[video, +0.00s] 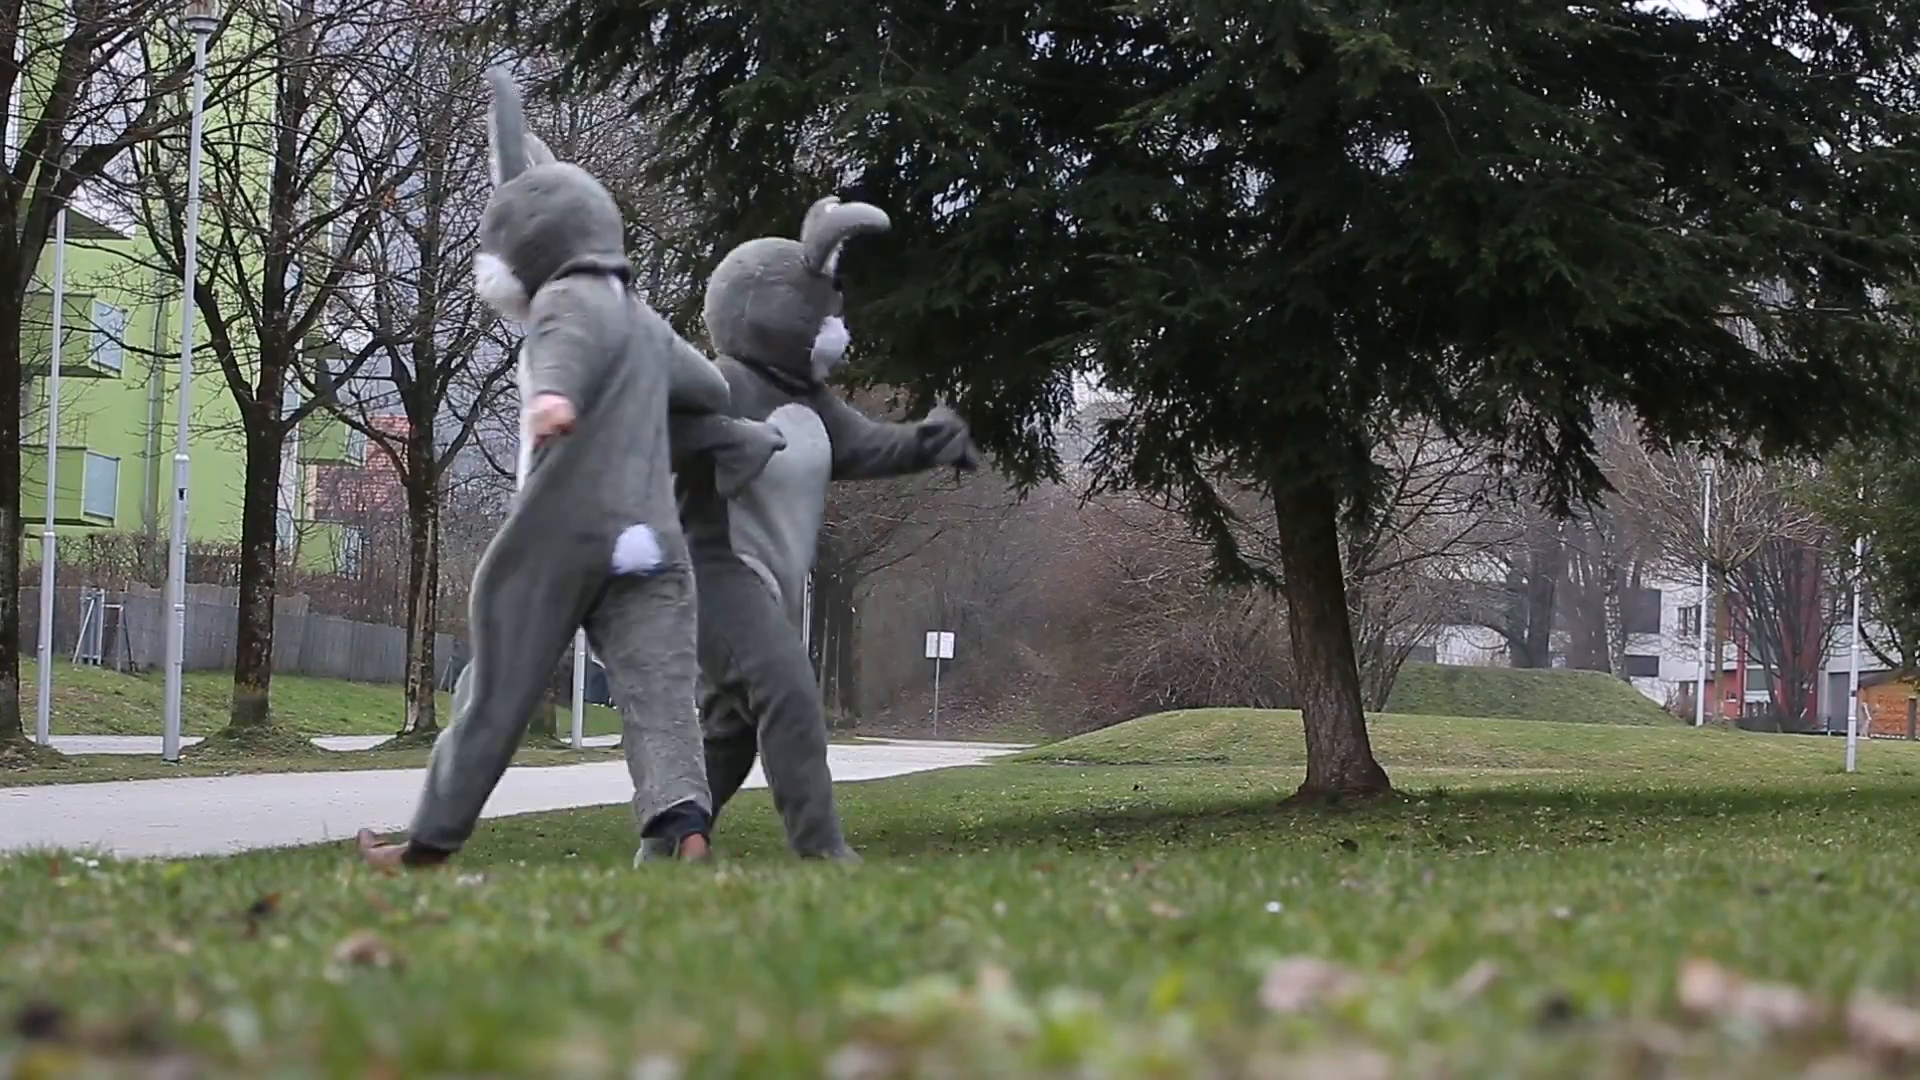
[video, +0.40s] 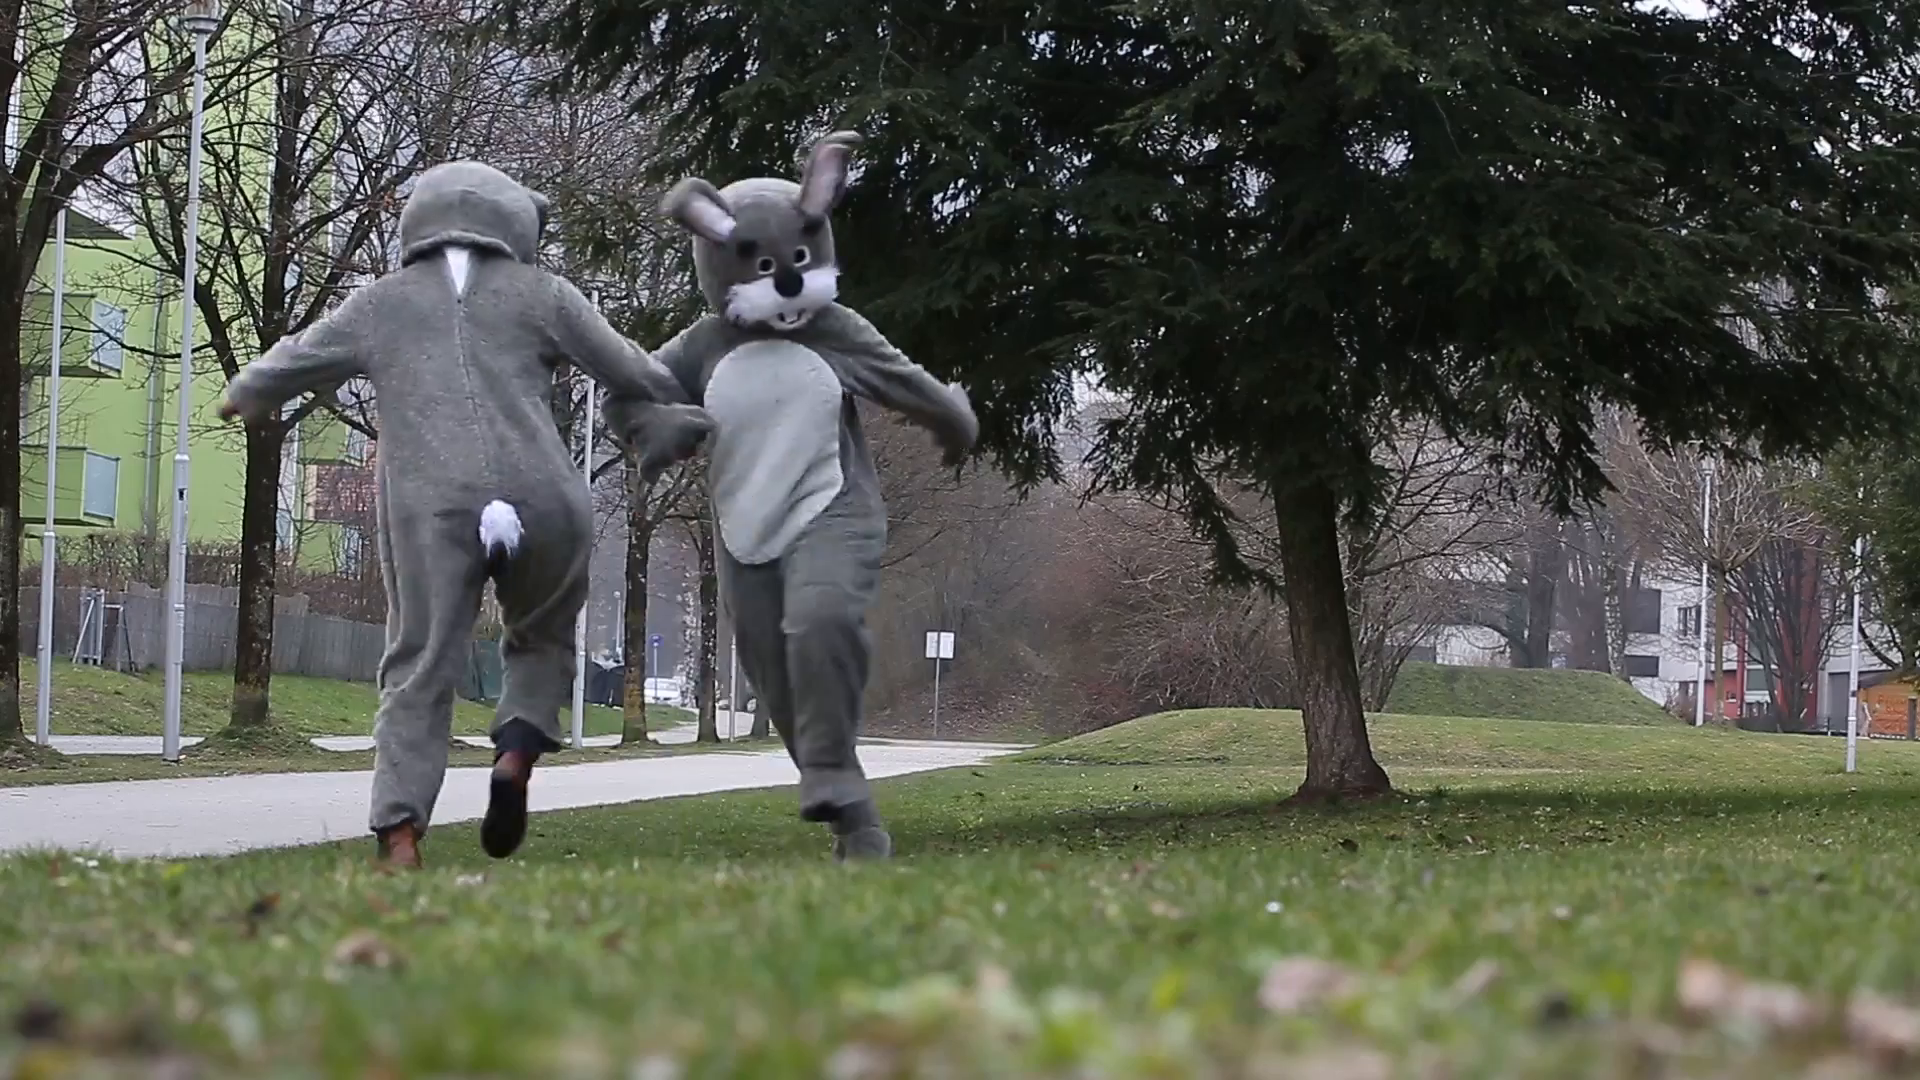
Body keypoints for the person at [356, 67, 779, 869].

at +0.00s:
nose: (506, 279)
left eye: (506, 260)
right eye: (501, 264)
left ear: (534, 246)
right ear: (600, 239)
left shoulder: (568, 298)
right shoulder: (646, 321)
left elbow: (556, 345)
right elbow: (711, 385)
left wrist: (549, 395)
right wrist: (644, 388)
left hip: (566, 522)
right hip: (653, 531)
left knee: (501, 681)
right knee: (661, 684)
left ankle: (430, 841)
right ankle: (685, 834)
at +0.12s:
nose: (442, 310)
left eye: (446, 295)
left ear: (469, 290)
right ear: (552, 284)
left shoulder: (483, 351)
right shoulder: (604, 367)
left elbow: (431, 392)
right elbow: (686, 423)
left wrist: (373, 418)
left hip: (495, 550)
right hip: (589, 559)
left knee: (426, 686)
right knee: (606, 696)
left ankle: (406, 837)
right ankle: (667, 824)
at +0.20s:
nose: (416, 298)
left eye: (421, 286)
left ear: (439, 286)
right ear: (525, 282)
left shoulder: (432, 350)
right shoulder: (577, 358)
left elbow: (338, 390)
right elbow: (665, 426)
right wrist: (661, 477)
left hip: (469, 541)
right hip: (565, 546)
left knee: (420, 680)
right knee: (571, 699)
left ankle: (413, 838)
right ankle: (638, 792)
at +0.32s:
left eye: (411, 236)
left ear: (418, 247)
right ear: (511, 244)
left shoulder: (386, 321)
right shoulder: (554, 317)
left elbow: (288, 358)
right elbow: (651, 387)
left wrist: (198, 379)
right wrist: (665, 401)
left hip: (451, 514)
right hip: (555, 511)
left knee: (422, 684)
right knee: (550, 660)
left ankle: (413, 842)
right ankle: (564, 728)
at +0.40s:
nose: (534, 237)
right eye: (528, 226)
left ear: (418, 226)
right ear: (508, 223)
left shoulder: (381, 300)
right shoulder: (541, 291)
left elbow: (298, 356)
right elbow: (630, 368)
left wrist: (245, 394)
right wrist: (665, 397)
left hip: (431, 500)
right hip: (546, 493)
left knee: (418, 661)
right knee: (542, 635)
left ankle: (401, 832)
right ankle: (516, 757)